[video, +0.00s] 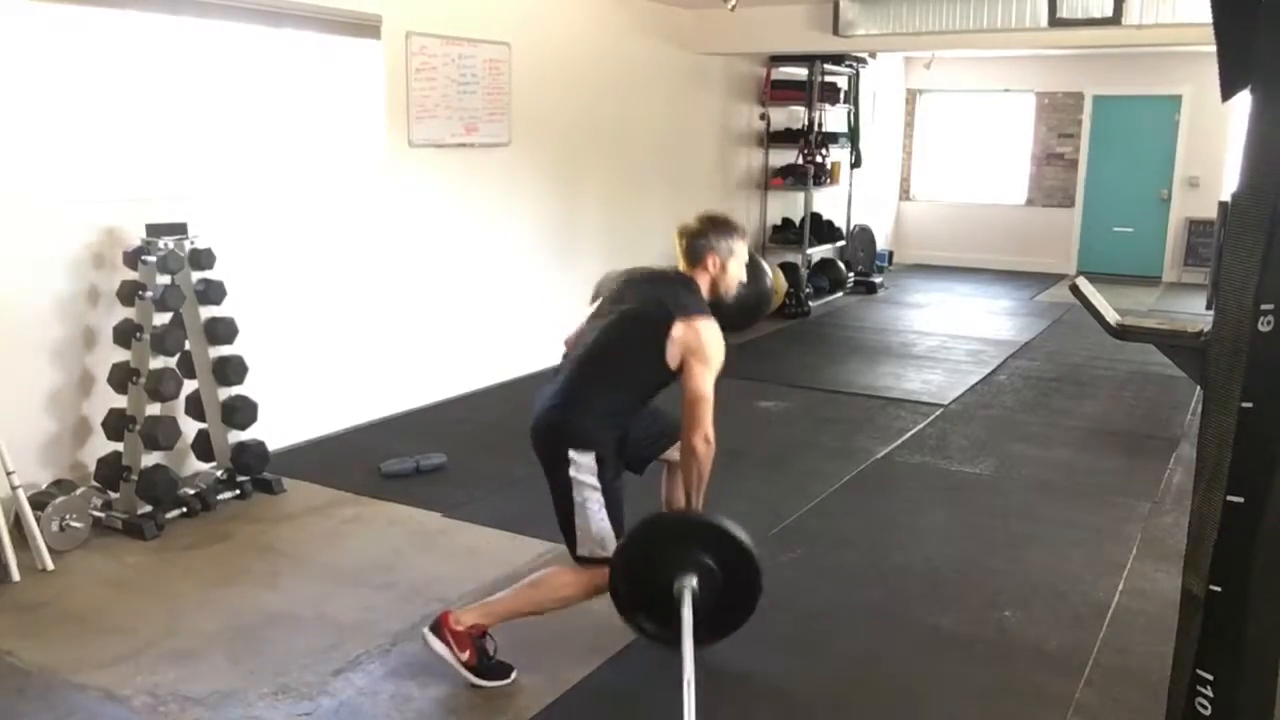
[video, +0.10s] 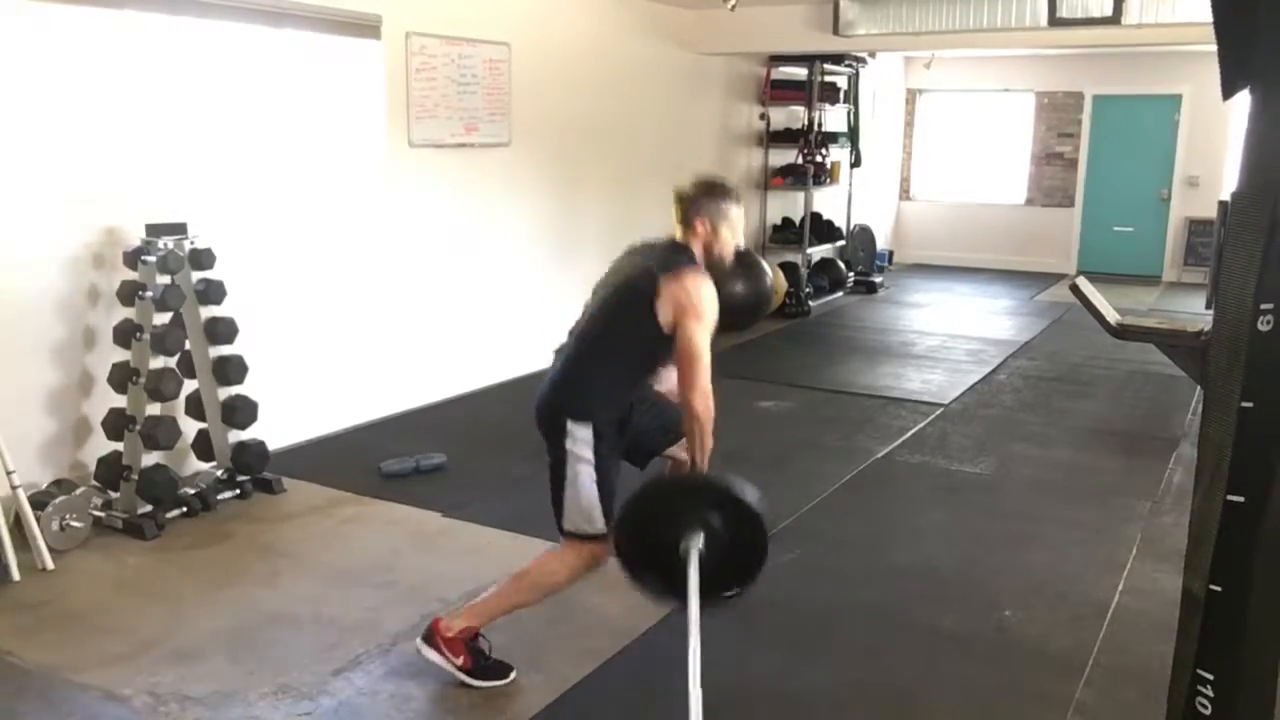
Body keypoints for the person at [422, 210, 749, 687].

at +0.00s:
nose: (744, 275)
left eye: (745, 263)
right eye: (740, 262)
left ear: (697, 260)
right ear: (712, 262)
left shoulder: (633, 282)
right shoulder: (702, 330)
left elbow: (574, 345)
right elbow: (701, 439)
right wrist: (691, 526)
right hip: (577, 428)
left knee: (685, 446)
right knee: (604, 570)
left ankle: (677, 562)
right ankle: (463, 624)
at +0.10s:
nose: (739, 243)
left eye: (740, 231)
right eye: (735, 230)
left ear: (695, 226)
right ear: (704, 226)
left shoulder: (652, 256)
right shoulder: (695, 287)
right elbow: (698, 404)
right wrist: (698, 479)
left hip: (617, 396)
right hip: (580, 410)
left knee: (694, 446)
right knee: (588, 549)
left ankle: (680, 538)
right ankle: (453, 630)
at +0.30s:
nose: (712, 150)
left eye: (719, 139)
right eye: (701, 138)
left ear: (722, 142)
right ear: (672, 133)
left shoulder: (707, 204)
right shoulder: (635, 168)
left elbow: (689, 272)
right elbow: (633, 240)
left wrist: (714, 307)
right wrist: (683, 283)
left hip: (647, 337)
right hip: (590, 331)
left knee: (701, 441)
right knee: (562, 477)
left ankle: (680, 553)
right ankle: (497, 607)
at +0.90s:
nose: (645, 146)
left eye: (654, 136)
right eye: (634, 133)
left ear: (666, 136)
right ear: (609, 127)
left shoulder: (674, 183)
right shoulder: (572, 191)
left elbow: (713, 168)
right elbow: (537, 289)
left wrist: (712, 109)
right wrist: (579, 261)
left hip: (667, 358)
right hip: (593, 360)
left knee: (700, 467)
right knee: (566, 491)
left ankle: (733, 534)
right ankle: (550, 606)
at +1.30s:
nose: (720, 177)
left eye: (721, 165)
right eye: (714, 164)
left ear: (682, 161)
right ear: (679, 159)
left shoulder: (670, 212)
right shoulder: (636, 217)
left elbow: (675, 290)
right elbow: (633, 308)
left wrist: (708, 336)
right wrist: (709, 341)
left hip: (626, 359)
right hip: (582, 365)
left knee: (682, 438)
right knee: (586, 506)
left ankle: (674, 561)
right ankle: (478, 609)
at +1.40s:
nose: (728, 211)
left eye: (729, 198)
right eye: (723, 198)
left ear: (688, 196)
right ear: (693, 196)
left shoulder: (658, 236)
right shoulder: (663, 257)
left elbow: (649, 325)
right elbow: (669, 363)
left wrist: (695, 361)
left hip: (619, 381)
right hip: (580, 390)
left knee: (684, 450)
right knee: (594, 529)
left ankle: (674, 557)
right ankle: (466, 618)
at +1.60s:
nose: (744, 279)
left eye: (746, 268)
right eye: (741, 267)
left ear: (697, 263)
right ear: (712, 266)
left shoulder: (641, 286)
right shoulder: (696, 339)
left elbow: (578, 343)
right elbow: (692, 450)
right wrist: (692, 536)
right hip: (576, 432)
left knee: (692, 445)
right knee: (610, 565)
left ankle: (674, 546)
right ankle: (473, 614)